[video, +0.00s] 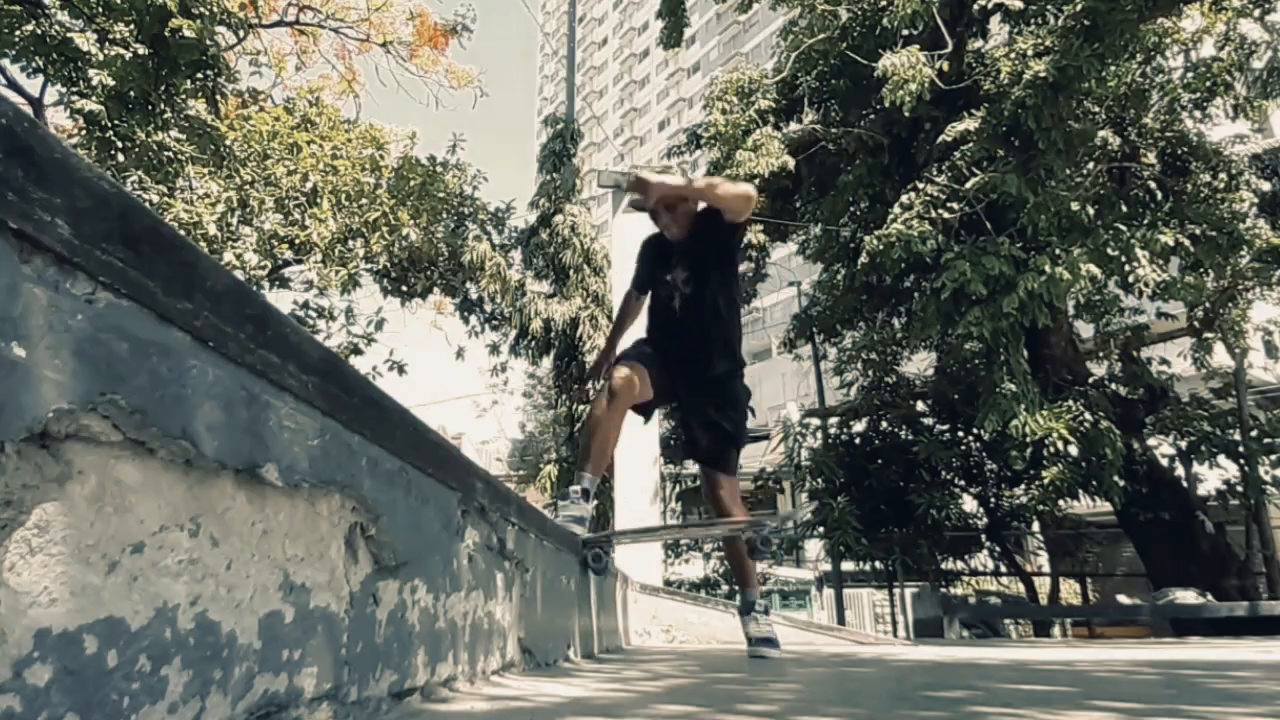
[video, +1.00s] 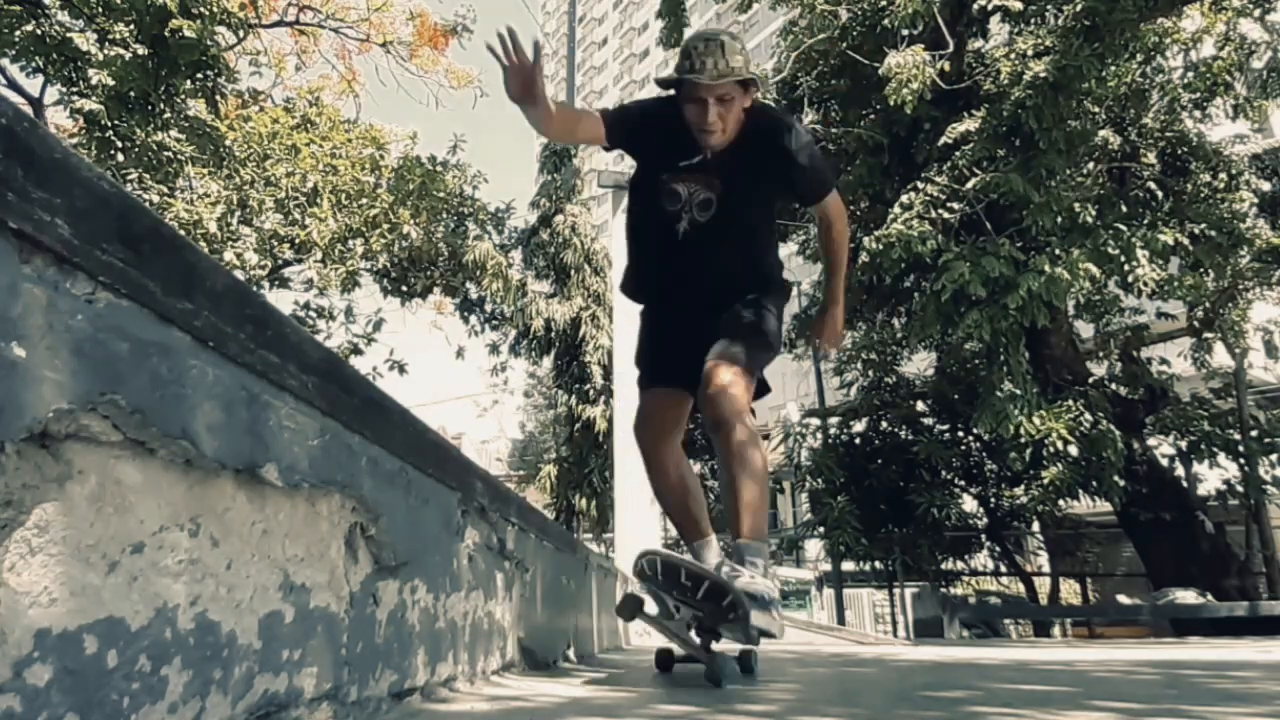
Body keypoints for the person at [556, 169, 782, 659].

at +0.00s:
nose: (661, 219)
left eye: (667, 209)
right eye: (654, 211)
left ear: (686, 204)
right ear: (651, 214)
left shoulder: (719, 231)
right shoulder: (654, 248)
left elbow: (747, 198)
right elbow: (634, 299)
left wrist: (692, 189)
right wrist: (610, 349)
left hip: (716, 371)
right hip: (664, 359)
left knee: (722, 493)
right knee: (619, 384)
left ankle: (753, 605)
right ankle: (583, 496)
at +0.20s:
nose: (650, 170)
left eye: (657, 158)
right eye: (642, 163)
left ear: (679, 147)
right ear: (637, 161)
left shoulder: (715, 165)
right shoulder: (636, 197)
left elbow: (765, 113)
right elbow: (621, 244)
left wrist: (704, 74)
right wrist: (601, 290)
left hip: (717, 319)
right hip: (657, 316)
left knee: (719, 427)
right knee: (613, 382)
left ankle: (725, 529)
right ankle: (577, 490)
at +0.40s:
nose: (660, 128)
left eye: (667, 116)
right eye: (650, 120)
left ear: (689, 105)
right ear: (640, 119)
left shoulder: (725, 127)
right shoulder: (634, 157)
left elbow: (792, 77)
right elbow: (585, 193)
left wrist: (790, 25)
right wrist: (535, 221)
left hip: (720, 278)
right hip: (655, 283)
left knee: (738, 327)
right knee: (620, 364)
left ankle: (711, 428)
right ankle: (567, 488)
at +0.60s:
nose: (667, 97)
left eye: (675, 83)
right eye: (656, 87)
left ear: (699, 73)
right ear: (645, 85)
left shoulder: (735, 101)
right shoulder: (629, 120)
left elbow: (823, 64)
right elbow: (551, 125)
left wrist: (876, 18)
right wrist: (482, 121)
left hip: (728, 253)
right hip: (660, 259)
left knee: (741, 283)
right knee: (618, 343)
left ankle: (724, 419)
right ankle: (599, 491)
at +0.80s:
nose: (681, 83)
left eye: (692, 70)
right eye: (670, 70)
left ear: (717, 64)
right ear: (657, 64)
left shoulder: (749, 96)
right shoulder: (633, 91)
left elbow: (842, 105)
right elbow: (541, 65)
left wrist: (922, 102)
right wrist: (461, 29)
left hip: (732, 247)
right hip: (660, 256)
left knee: (731, 309)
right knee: (632, 368)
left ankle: (743, 465)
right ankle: (661, 508)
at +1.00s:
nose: (709, 117)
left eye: (723, 102)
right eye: (695, 101)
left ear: (747, 97)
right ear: (679, 95)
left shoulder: (778, 140)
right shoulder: (656, 123)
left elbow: (834, 214)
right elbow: (570, 125)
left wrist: (835, 308)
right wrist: (538, 106)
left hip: (746, 297)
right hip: (671, 303)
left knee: (724, 394)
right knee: (655, 434)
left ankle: (754, 568)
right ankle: (709, 571)